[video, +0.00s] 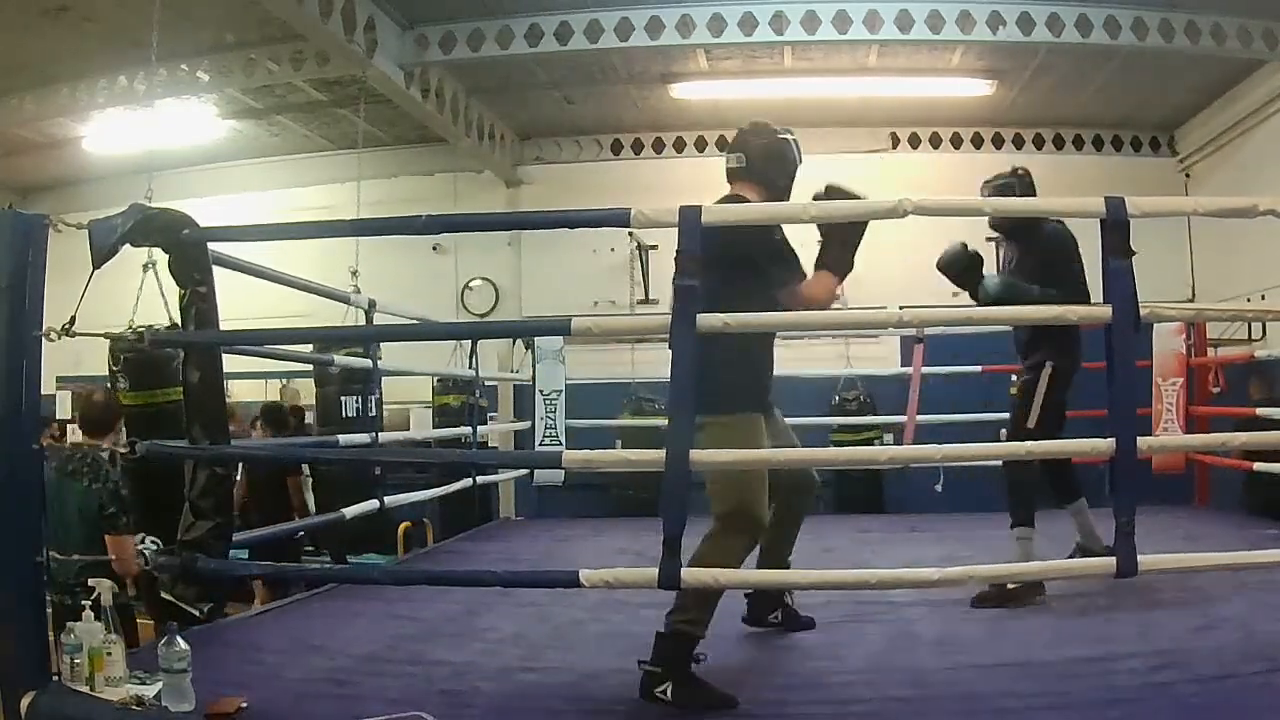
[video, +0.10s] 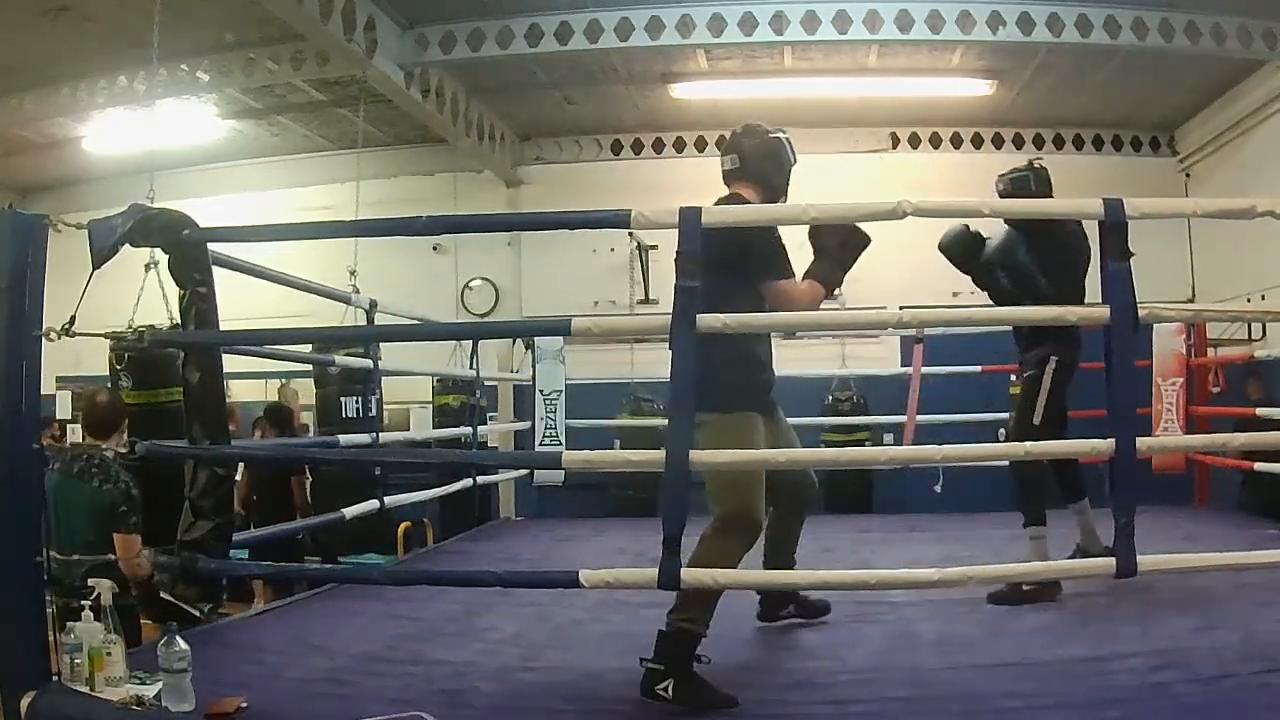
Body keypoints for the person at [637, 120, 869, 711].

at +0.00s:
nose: (794, 183)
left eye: (793, 174)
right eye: (792, 173)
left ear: (737, 167)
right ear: (781, 172)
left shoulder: (718, 222)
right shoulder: (752, 223)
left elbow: (789, 295)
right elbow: (811, 298)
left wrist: (828, 243)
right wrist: (842, 237)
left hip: (742, 398)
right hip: (729, 401)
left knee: (796, 487)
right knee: (740, 521)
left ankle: (767, 600)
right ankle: (670, 663)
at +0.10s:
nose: (789, 182)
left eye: (787, 172)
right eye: (788, 171)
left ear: (733, 168)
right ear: (777, 171)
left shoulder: (714, 223)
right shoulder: (749, 223)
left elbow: (779, 300)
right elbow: (792, 301)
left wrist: (822, 268)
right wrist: (831, 263)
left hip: (746, 398)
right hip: (729, 400)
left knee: (795, 491)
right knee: (738, 519)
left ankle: (778, 593)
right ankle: (671, 663)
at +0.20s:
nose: (788, 196)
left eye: (787, 186)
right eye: (786, 185)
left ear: (736, 177)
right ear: (773, 182)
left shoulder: (725, 227)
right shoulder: (742, 227)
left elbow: (775, 298)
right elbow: (789, 302)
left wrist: (808, 266)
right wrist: (821, 267)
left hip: (746, 403)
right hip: (720, 405)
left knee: (785, 500)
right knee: (713, 528)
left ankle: (785, 601)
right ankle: (670, 663)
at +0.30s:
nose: (789, 192)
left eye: (788, 183)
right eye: (785, 182)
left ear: (744, 179)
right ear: (768, 179)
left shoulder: (752, 231)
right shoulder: (733, 227)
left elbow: (782, 299)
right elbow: (781, 300)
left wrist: (819, 272)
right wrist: (812, 266)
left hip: (751, 396)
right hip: (717, 396)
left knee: (793, 494)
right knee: (703, 513)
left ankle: (785, 598)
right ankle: (672, 641)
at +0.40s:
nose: (781, 189)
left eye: (782, 181)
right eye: (780, 179)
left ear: (736, 172)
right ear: (765, 176)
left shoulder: (737, 221)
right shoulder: (727, 219)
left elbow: (765, 302)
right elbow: (784, 290)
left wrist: (815, 294)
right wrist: (808, 244)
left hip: (757, 385)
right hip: (724, 386)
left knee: (802, 480)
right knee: (718, 492)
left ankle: (786, 594)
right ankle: (647, 596)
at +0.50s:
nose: (770, 208)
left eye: (771, 199)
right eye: (765, 198)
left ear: (729, 192)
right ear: (745, 195)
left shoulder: (736, 241)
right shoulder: (717, 238)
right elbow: (799, 275)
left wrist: (825, 239)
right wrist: (831, 232)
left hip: (760, 401)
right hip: (715, 407)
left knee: (818, 476)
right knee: (697, 517)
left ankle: (809, 574)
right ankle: (620, 614)